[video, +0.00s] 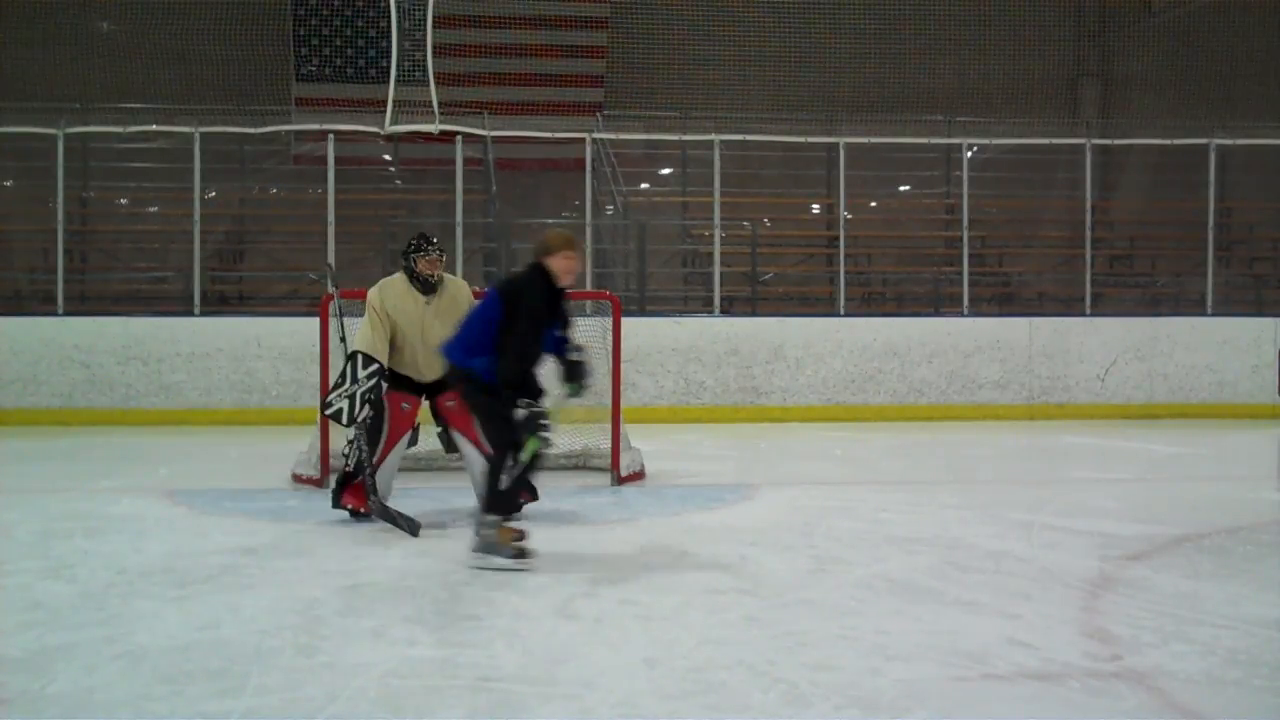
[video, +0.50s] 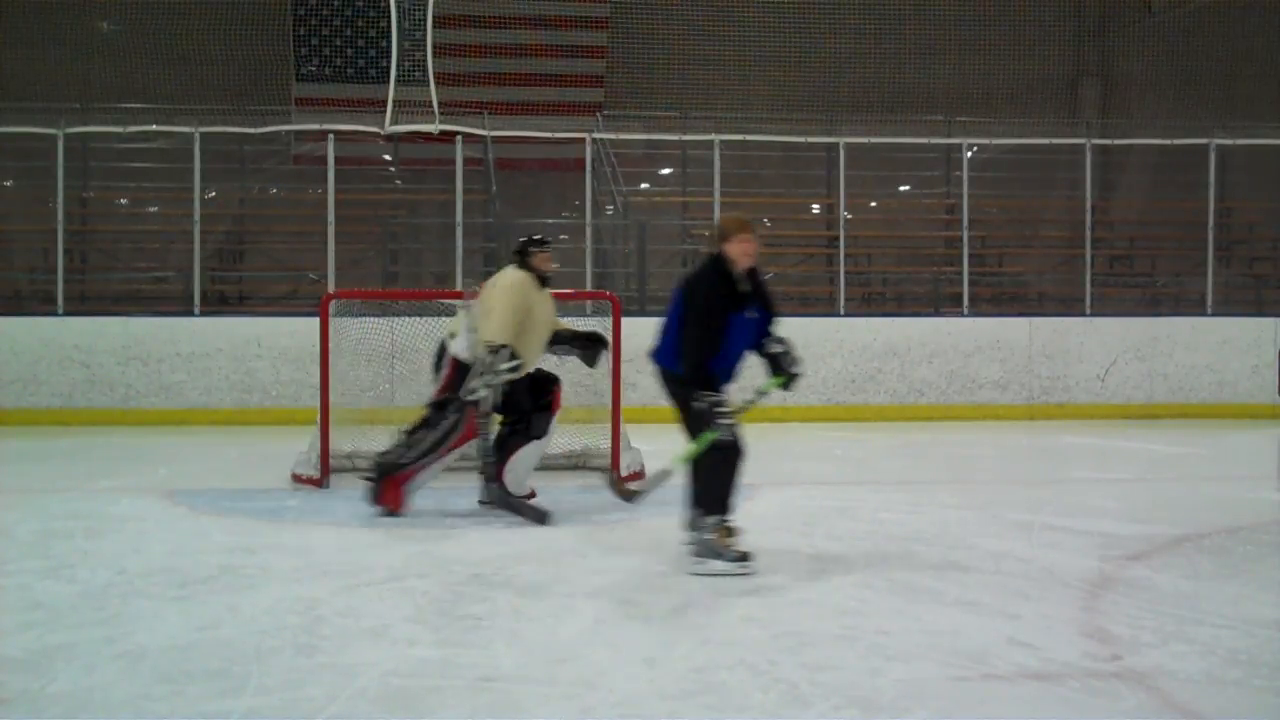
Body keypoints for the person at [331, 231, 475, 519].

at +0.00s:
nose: (434, 267)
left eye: (438, 261)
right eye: (427, 261)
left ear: (443, 262)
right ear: (411, 263)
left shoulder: (459, 291)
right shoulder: (384, 294)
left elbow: (475, 335)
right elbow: (371, 345)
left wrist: (478, 379)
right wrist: (368, 388)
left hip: (448, 378)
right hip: (402, 379)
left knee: (475, 438)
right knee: (388, 438)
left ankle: (496, 501)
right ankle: (366, 499)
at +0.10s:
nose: (442, 267)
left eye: (445, 261)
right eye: (435, 261)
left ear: (449, 262)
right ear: (418, 263)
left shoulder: (463, 291)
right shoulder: (390, 297)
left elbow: (482, 338)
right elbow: (375, 349)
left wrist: (486, 367)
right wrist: (377, 396)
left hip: (455, 377)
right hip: (408, 379)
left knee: (486, 430)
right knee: (397, 437)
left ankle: (497, 492)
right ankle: (358, 492)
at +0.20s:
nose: (458, 269)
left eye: (461, 263)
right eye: (451, 263)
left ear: (466, 265)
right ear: (434, 265)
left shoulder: (475, 293)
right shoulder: (409, 295)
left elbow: (485, 330)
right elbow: (388, 334)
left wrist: (495, 350)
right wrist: (392, 368)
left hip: (460, 380)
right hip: (417, 381)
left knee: (496, 416)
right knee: (405, 429)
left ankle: (488, 487)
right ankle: (357, 488)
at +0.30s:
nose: (486, 266)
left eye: (489, 261)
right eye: (479, 261)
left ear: (493, 264)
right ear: (462, 263)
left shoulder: (495, 295)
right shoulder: (439, 290)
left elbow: (497, 334)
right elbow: (417, 330)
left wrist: (521, 346)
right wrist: (424, 361)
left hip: (472, 378)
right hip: (433, 378)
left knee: (505, 420)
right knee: (415, 432)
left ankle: (485, 488)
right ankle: (357, 485)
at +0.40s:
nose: (519, 265)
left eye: (520, 260)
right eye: (512, 260)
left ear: (519, 264)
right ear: (496, 261)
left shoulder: (516, 295)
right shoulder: (480, 285)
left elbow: (520, 336)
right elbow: (455, 327)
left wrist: (551, 340)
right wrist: (461, 357)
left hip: (489, 378)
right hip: (452, 374)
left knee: (521, 409)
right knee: (428, 432)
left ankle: (494, 482)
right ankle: (362, 481)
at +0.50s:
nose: (549, 260)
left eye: (549, 255)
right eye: (542, 254)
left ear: (545, 260)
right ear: (527, 257)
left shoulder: (537, 290)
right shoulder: (512, 281)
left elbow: (539, 332)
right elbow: (498, 330)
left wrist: (576, 341)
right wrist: (495, 368)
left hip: (498, 367)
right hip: (469, 361)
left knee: (542, 392)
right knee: (455, 424)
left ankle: (505, 484)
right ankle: (393, 478)